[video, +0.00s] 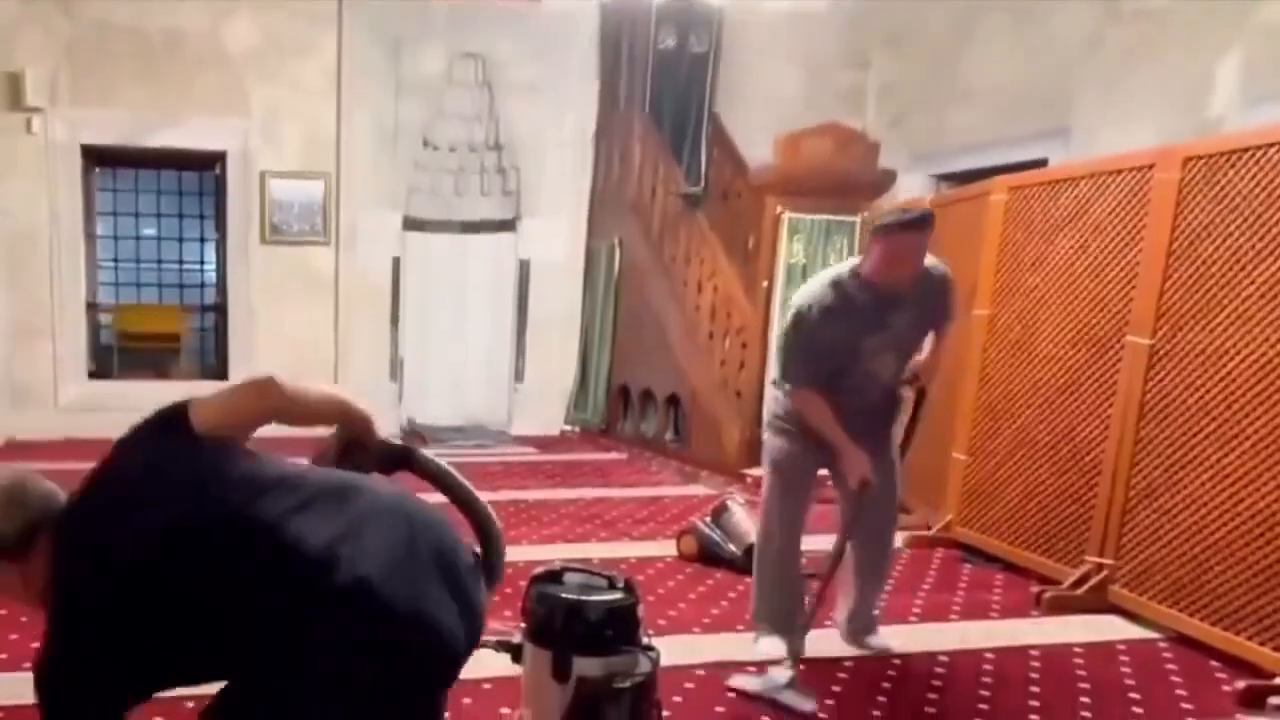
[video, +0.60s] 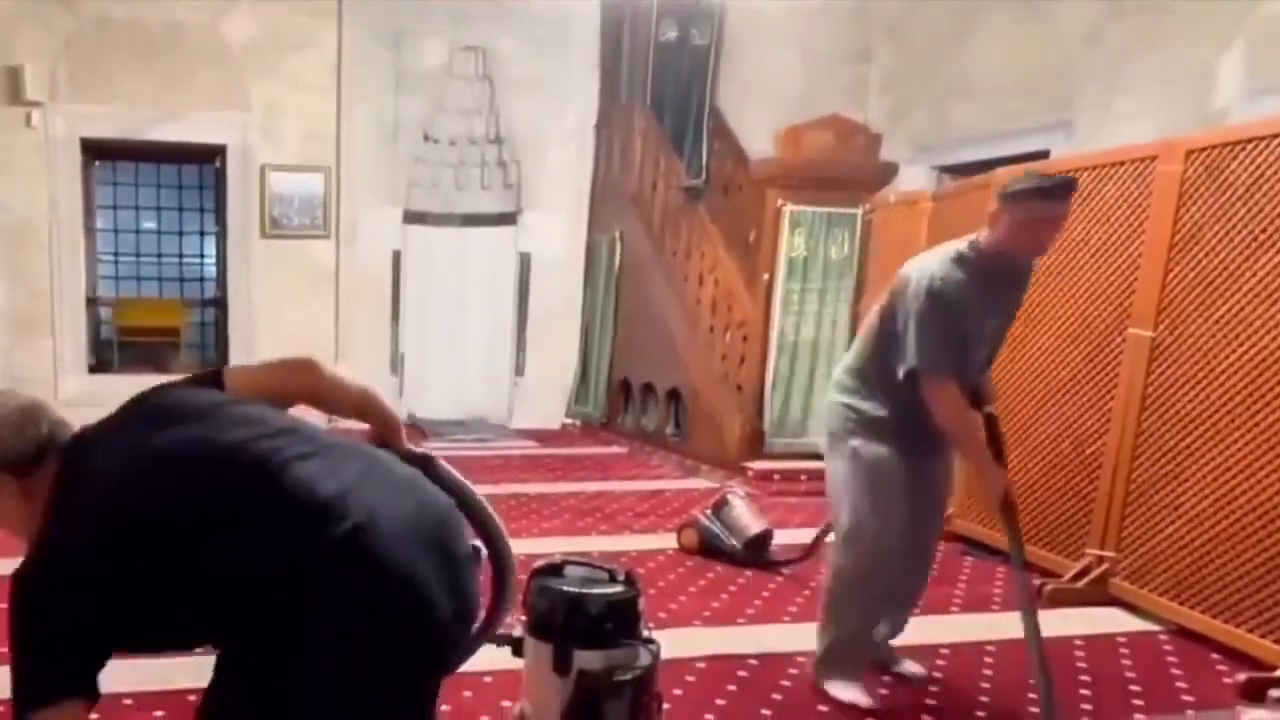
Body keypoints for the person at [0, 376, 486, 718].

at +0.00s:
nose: (15, 600)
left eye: (8, 583)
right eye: (8, 586)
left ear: (19, 563)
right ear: (58, 503)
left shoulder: (76, 666)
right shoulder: (141, 454)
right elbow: (268, 392)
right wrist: (354, 418)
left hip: (371, 646)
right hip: (437, 547)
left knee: (231, 703)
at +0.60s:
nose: (3, 519)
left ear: (13, 485)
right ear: (63, 431)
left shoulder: (51, 584)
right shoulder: (159, 406)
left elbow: (58, 710)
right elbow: (306, 372)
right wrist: (389, 425)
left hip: (351, 614)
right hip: (444, 544)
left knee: (233, 703)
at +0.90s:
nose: (52, 410)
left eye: (46, 397)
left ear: (49, 383)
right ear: (118, 338)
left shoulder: (72, 457)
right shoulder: (214, 343)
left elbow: (115, 652)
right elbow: (367, 364)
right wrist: (425, 461)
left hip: (328, 592)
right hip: (434, 539)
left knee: (229, 689)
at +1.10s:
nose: (149, 329)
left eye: (143, 317)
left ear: (143, 306)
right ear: (217, 274)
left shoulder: (143, 378)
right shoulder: (303, 296)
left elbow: (181, 557)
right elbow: (441, 358)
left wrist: (217, 630)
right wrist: (448, 479)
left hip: (334, 572)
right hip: (450, 537)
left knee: (251, 700)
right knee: (383, 701)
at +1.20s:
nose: (187, 303)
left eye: (184, 292)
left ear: (184, 279)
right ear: (259, 252)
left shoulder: (183, 349)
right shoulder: (344, 277)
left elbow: (206, 523)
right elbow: (470, 343)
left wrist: (262, 589)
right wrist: (452, 462)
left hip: (338, 556)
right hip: (459, 530)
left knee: (263, 710)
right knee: (396, 705)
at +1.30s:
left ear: (207, 262)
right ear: (281, 232)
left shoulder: (202, 336)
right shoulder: (367, 264)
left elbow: (242, 516)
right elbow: (486, 333)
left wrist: (291, 549)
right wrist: (445, 436)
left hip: (334, 541)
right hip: (463, 516)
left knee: (238, 708)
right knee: (412, 703)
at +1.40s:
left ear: (217, 249)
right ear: (289, 225)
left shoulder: (209, 329)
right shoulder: (377, 256)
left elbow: (255, 494)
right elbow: (495, 312)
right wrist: (449, 417)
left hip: (333, 533)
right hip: (462, 514)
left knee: (236, 701)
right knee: (419, 703)